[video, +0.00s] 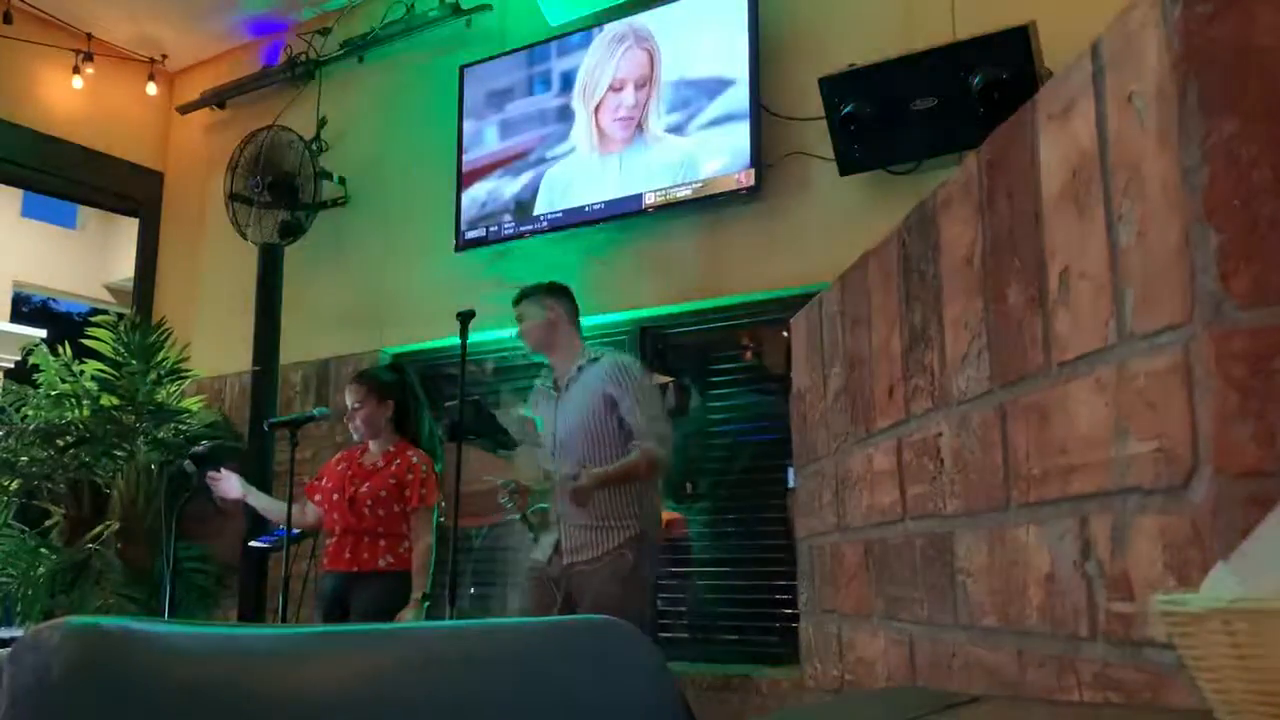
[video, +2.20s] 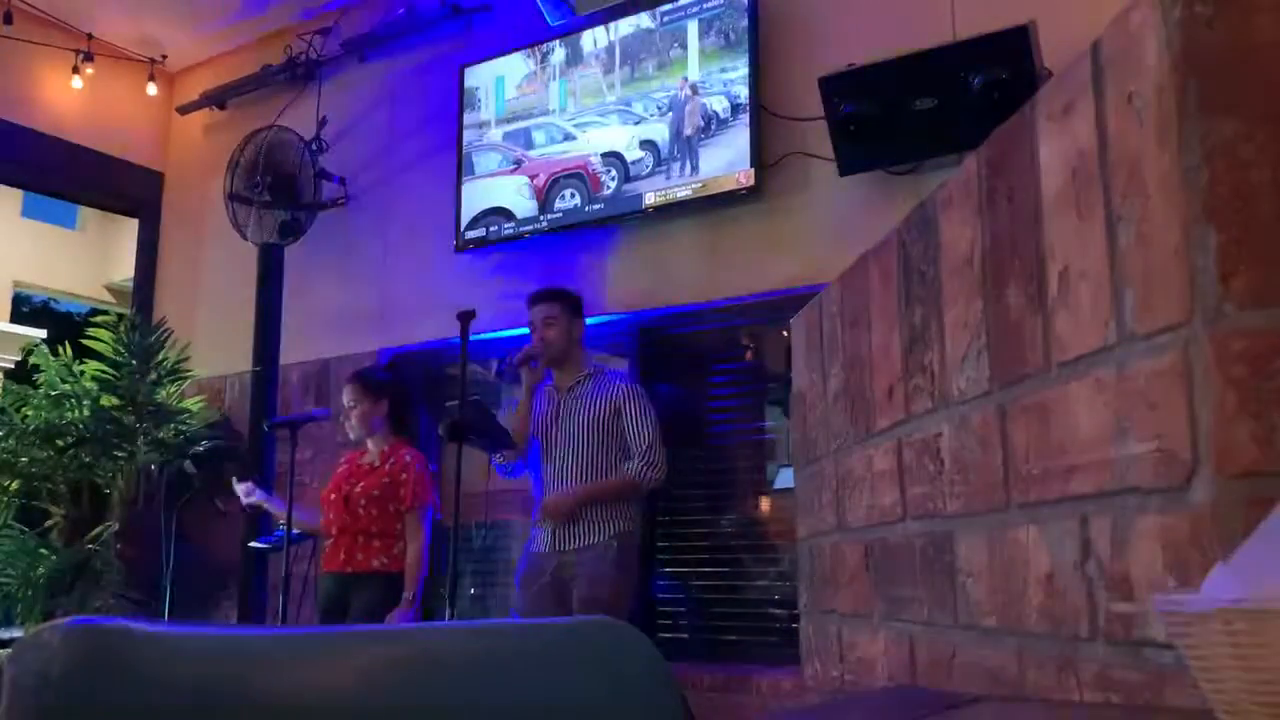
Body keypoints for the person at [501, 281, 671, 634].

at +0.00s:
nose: (519, 332)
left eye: (524, 320)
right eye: (518, 322)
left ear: (554, 315)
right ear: (549, 319)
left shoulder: (616, 370)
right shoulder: (542, 393)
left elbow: (656, 449)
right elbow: (553, 468)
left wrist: (596, 478)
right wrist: (527, 491)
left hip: (614, 551)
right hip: (554, 551)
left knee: (613, 665)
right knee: (539, 659)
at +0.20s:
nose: (561, 325)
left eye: (568, 311)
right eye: (556, 317)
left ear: (602, 311)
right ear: (558, 326)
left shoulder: (656, 379)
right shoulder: (566, 399)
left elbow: (697, 461)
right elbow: (575, 474)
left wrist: (646, 491)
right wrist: (552, 478)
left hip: (645, 545)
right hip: (580, 547)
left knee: (643, 660)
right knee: (546, 646)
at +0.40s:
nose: (596, 312)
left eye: (606, 302)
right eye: (589, 306)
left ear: (636, 310)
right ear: (585, 319)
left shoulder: (683, 380)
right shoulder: (582, 394)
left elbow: (734, 455)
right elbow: (571, 484)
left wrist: (702, 457)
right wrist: (560, 442)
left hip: (660, 542)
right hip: (590, 541)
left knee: (651, 668)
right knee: (563, 647)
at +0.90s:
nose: (628, 319)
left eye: (640, 309)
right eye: (625, 309)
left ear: (670, 320)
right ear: (619, 316)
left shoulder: (706, 395)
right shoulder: (595, 386)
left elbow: (729, 482)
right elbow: (569, 458)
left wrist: (701, 514)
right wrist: (602, 396)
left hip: (668, 541)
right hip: (596, 537)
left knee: (670, 649)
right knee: (567, 631)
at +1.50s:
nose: (602, 329)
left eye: (614, 317)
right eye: (600, 318)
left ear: (649, 320)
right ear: (598, 320)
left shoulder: (686, 386)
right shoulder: (598, 384)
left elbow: (713, 475)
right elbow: (563, 456)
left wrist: (672, 494)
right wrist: (585, 386)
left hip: (650, 543)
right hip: (588, 538)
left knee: (640, 658)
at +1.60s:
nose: (596, 326)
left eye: (608, 314)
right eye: (594, 315)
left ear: (640, 318)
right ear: (592, 318)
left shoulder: (677, 387)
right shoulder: (594, 384)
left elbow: (696, 478)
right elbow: (557, 444)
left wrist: (624, 496)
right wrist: (574, 383)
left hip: (643, 547)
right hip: (582, 540)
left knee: (638, 655)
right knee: (553, 643)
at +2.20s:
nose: (538, 336)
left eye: (549, 324)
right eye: (533, 328)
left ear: (577, 328)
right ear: (530, 335)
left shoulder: (620, 390)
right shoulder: (536, 396)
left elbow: (650, 468)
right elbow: (505, 460)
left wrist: (575, 497)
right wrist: (526, 390)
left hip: (603, 545)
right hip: (543, 546)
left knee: (591, 656)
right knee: (531, 654)